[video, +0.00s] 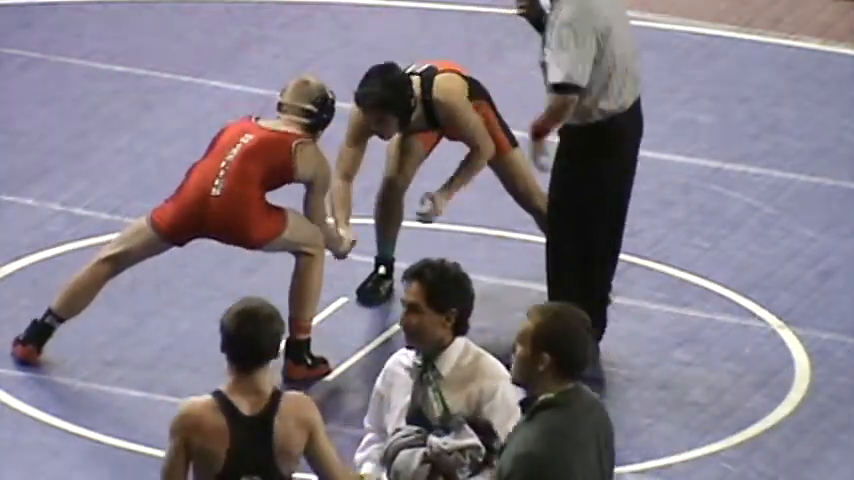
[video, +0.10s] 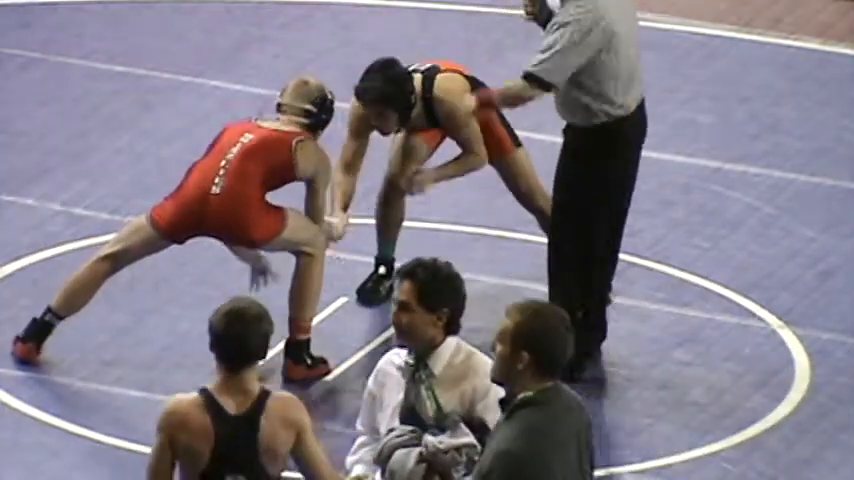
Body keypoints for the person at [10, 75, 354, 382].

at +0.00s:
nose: (281, 102)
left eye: (283, 98)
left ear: (281, 106)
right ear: (321, 121)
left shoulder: (239, 126)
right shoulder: (314, 159)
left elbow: (207, 172)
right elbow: (319, 229)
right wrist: (340, 246)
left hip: (187, 207)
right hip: (242, 219)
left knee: (110, 261)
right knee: (315, 245)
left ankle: (33, 339)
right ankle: (300, 358)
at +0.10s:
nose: (281, 99)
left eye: (284, 97)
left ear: (282, 105)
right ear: (320, 121)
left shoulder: (240, 128)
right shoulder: (314, 155)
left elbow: (209, 194)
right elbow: (317, 225)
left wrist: (250, 256)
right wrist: (333, 229)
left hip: (185, 207)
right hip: (242, 216)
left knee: (109, 259)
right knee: (316, 245)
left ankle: (33, 337)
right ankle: (299, 357)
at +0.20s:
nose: (281, 95)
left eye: (283, 95)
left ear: (279, 107)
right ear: (316, 117)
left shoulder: (240, 131)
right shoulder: (313, 140)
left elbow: (232, 227)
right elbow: (313, 214)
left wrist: (247, 306)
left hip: (185, 207)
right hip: (238, 215)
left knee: (109, 262)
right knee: (319, 247)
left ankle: (34, 339)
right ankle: (300, 356)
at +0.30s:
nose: (276, 106)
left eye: (278, 102)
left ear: (274, 111)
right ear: (313, 118)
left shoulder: (238, 136)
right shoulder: (310, 135)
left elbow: (235, 233)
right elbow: (305, 210)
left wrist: (241, 314)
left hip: (184, 210)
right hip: (238, 217)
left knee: (109, 261)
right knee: (321, 244)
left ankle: (34, 340)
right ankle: (301, 357)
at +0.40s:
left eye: (284, 100)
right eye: (321, 125)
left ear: (278, 113)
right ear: (315, 119)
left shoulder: (238, 137)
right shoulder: (310, 137)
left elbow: (234, 237)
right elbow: (296, 209)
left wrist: (240, 317)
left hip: (182, 211)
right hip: (238, 218)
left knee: (109, 259)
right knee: (319, 246)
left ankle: (34, 339)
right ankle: (299, 358)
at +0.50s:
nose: (321, 131)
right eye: (323, 123)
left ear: (278, 111)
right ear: (316, 117)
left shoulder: (238, 135)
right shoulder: (311, 136)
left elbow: (234, 239)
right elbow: (294, 209)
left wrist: (241, 319)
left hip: (182, 211)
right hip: (239, 218)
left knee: (108, 259)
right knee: (319, 246)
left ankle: (34, 339)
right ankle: (298, 358)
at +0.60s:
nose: (319, 130)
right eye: (321, 122)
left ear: (278, 108)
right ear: (316, 115)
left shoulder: (237, 133)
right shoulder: (310, 135)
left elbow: (226, 239)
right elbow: (293, 209)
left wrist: (247, 302)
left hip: (182, 210)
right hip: (239, 218)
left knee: (106, 261)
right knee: (316, 245)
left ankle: (34, 339)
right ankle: (297, 361)